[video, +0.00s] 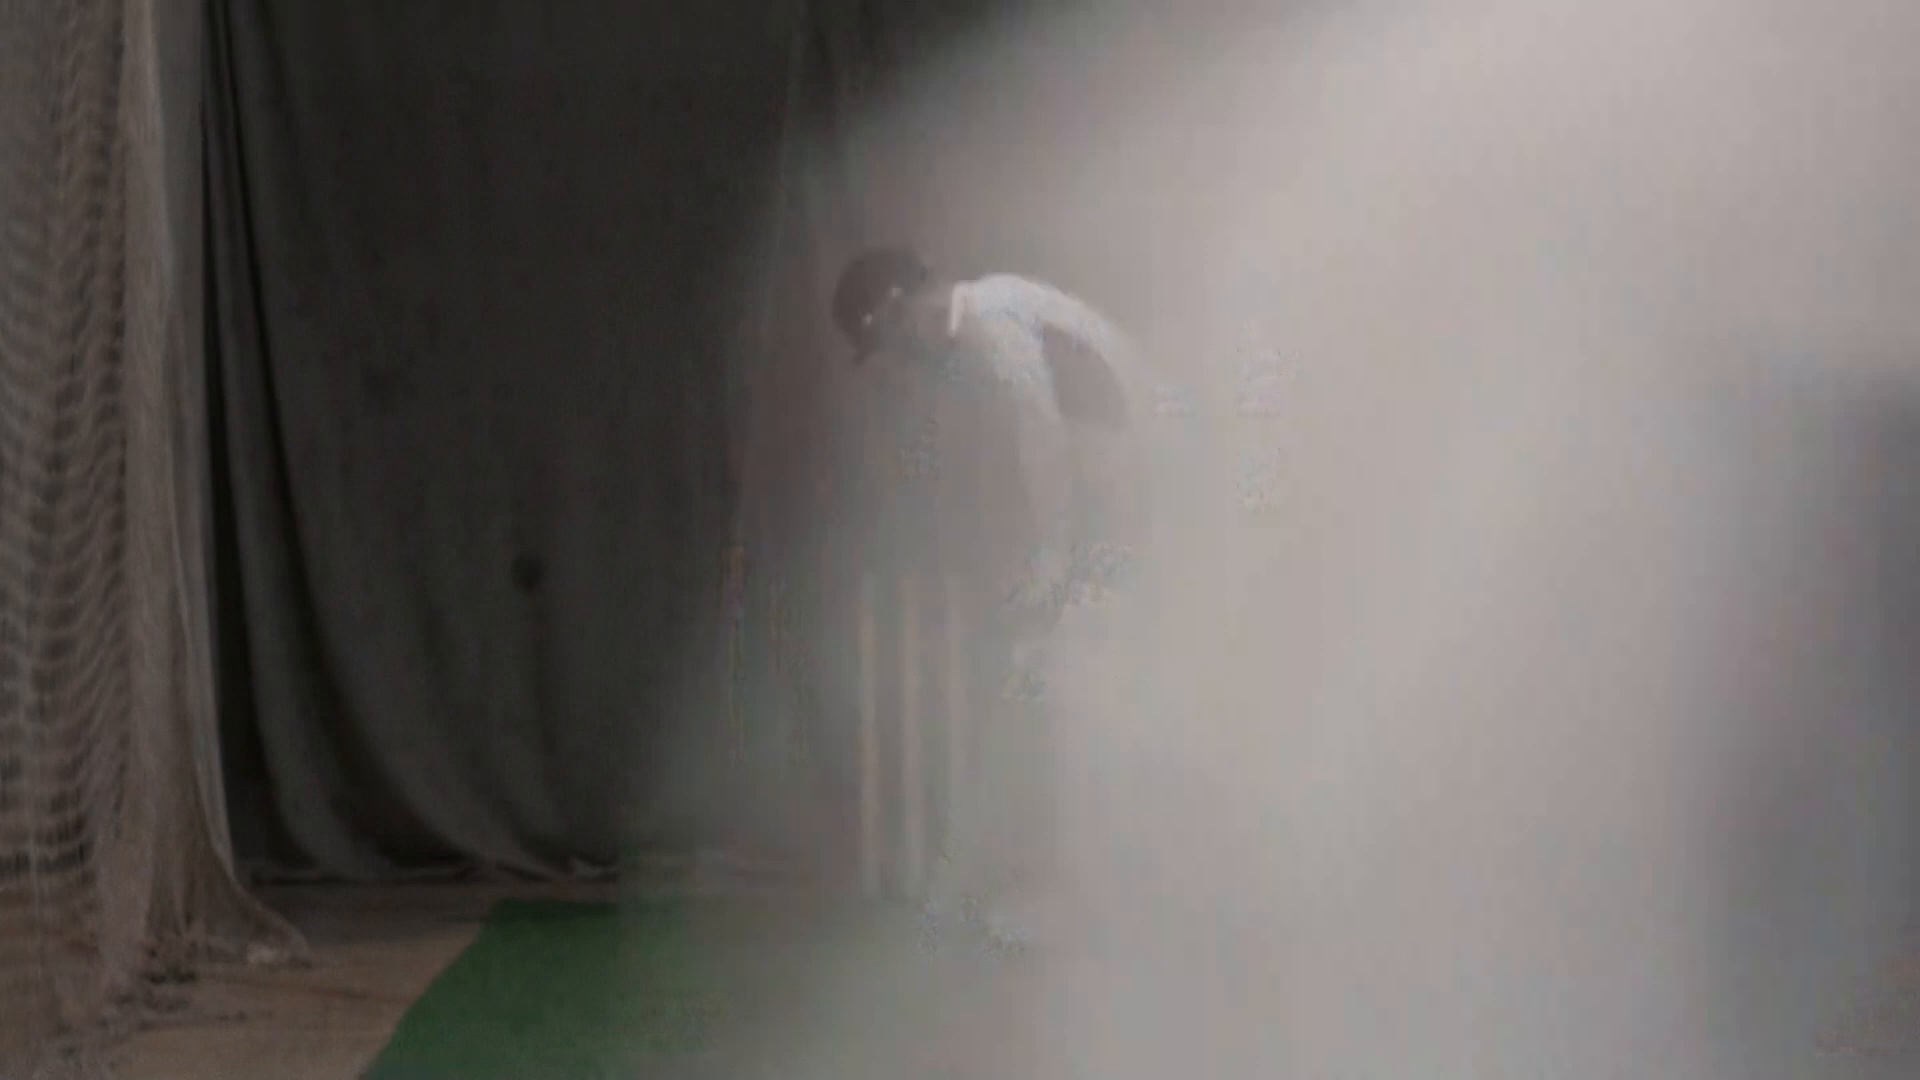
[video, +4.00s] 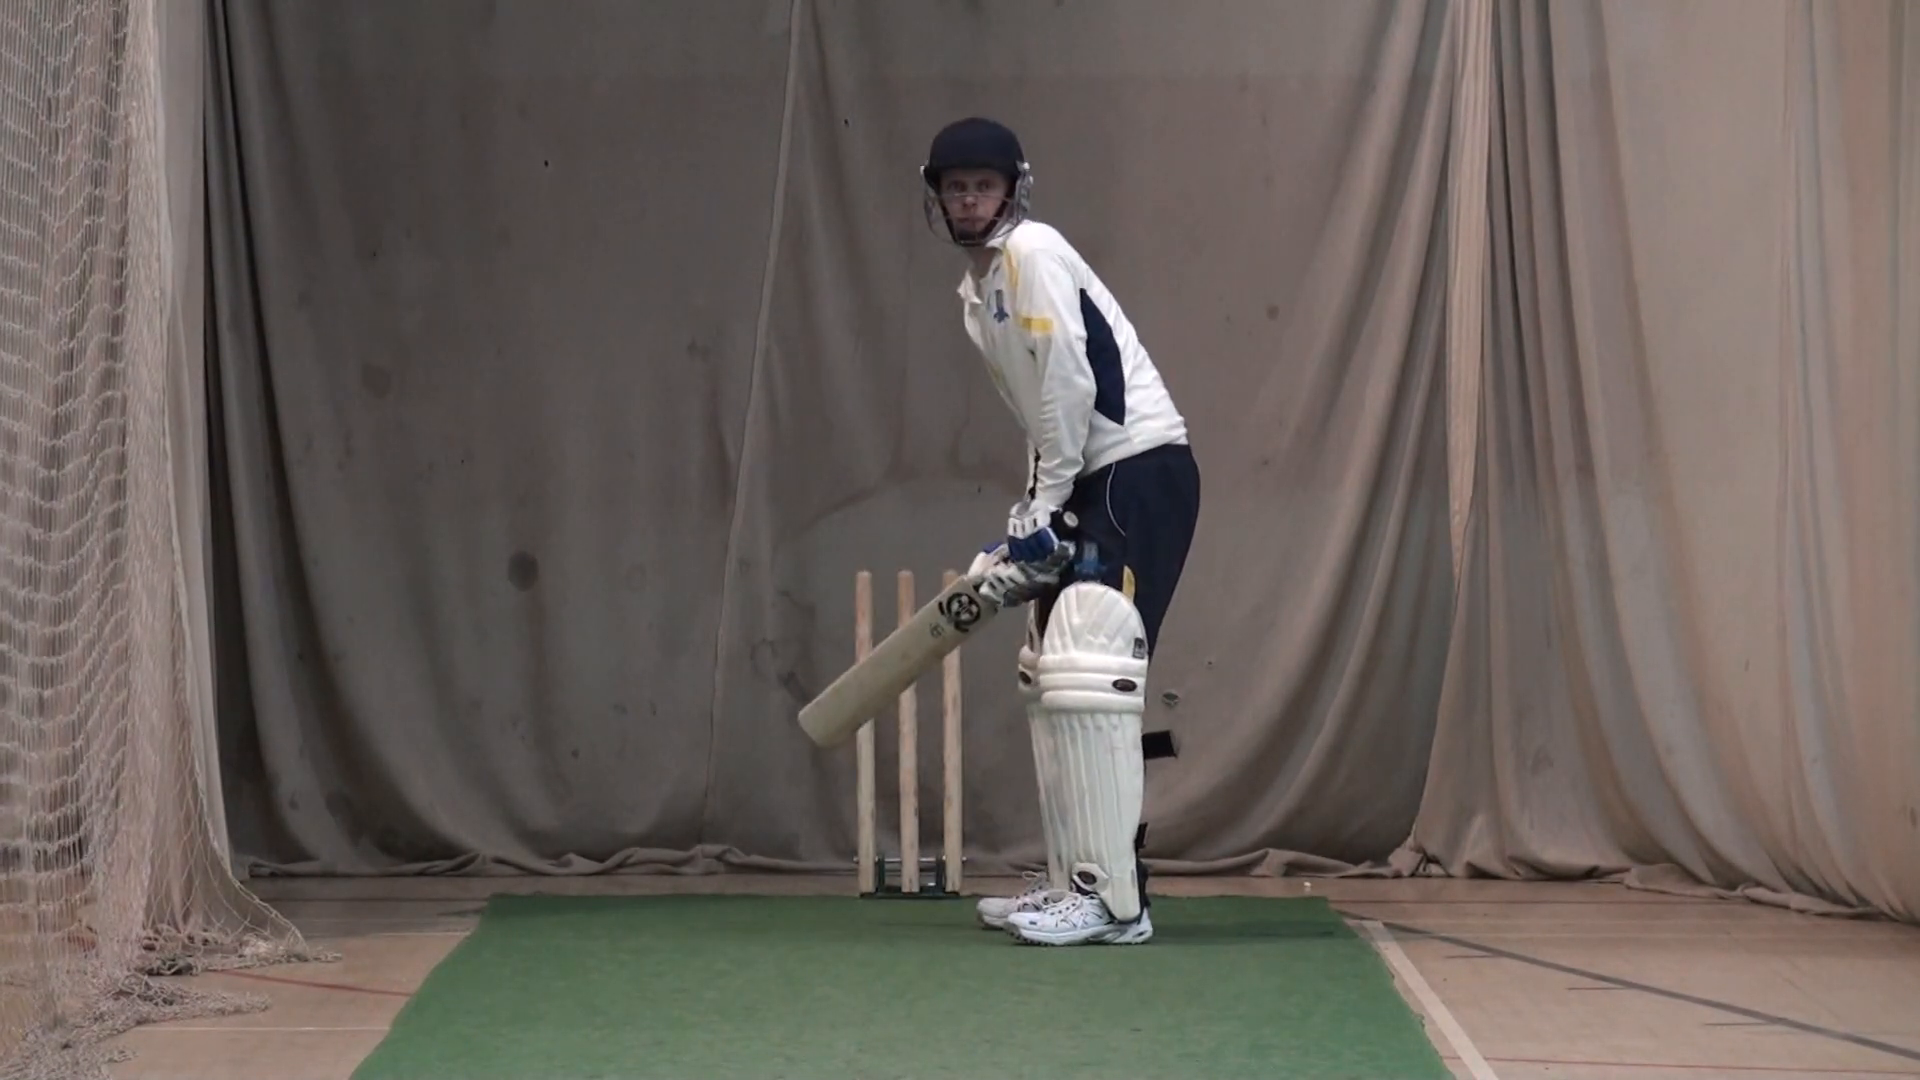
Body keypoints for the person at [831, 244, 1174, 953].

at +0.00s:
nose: (901, 353)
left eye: (892, 333)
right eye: (886, 346)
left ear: (908, 297)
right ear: (895, 315)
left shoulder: (994, 320)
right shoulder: (970, 339)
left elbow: (1042, 452)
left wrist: (1041, 575)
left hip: (1141, 516)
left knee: (1065, 684)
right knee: (1026, 684)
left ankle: (1064, 894)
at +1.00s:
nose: (972, 203)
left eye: (986, 187)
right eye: (957, 191)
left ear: (1014, 187)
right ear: (939, 199)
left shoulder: (1029, 247)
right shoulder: (991, 279)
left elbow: (1062, 377)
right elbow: (1048, 409)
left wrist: (1044, 490)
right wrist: (1028, 514)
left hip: (1135, 469)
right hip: (1090, 477)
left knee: (1081, 670)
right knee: (1046, 673)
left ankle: (1112, 897)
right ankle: (1079, 880)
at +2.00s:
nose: (977, 208)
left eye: (991, 191)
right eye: (961, 196)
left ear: (1020, 190)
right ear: (943, 204)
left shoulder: (1039, 251)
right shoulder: (992, 287)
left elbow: (1080, 379)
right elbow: (1059, 410)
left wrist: (1037, 488)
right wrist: (1027, 521)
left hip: (1144, 472)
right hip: (1094, 481)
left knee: (1093, 676)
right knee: (1055, 677)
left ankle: (1112, 897)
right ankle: (1077, 884)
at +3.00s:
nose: (898, 362)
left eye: (887, 345)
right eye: (885, 355)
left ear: (901, 308)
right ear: (904, 308)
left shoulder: (985, 307)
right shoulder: (973, 333)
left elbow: (1042, 432)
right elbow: (1044, 444)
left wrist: (1058, 550)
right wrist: (1057, 569)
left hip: (1155, 472)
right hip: (1118, 485)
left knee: (1119, 686)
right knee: (1096, 683)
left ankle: (1112, 898)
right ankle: (1095, 887)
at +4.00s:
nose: (968, 203)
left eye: (984, 187)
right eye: (953, 189)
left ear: (1013, 189)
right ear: (935, 198)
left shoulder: (1031, 254)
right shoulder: (980, 292)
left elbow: (1069, 391)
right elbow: (1042, 415)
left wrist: (1040, 513)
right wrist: (1028, 527)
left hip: (1137, 471)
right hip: (1092, 478)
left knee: (1094, 678)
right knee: (1058, 675)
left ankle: (1113, 895)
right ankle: (1081, 880)